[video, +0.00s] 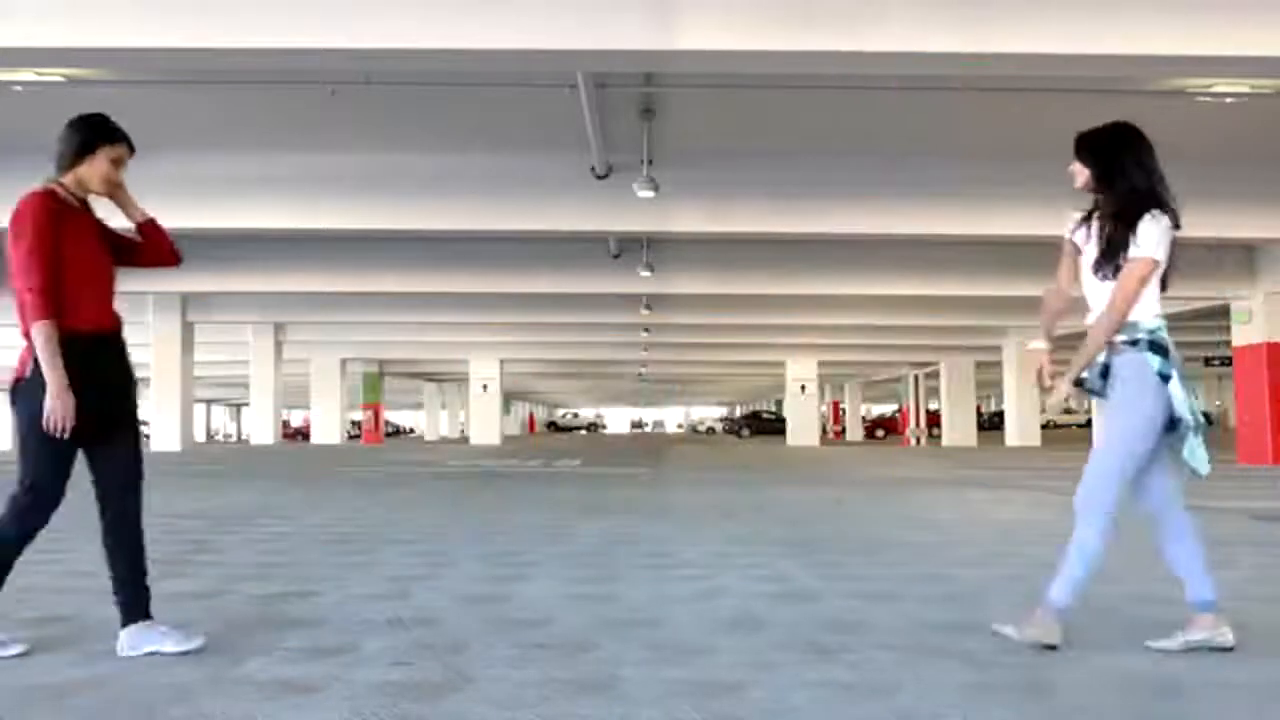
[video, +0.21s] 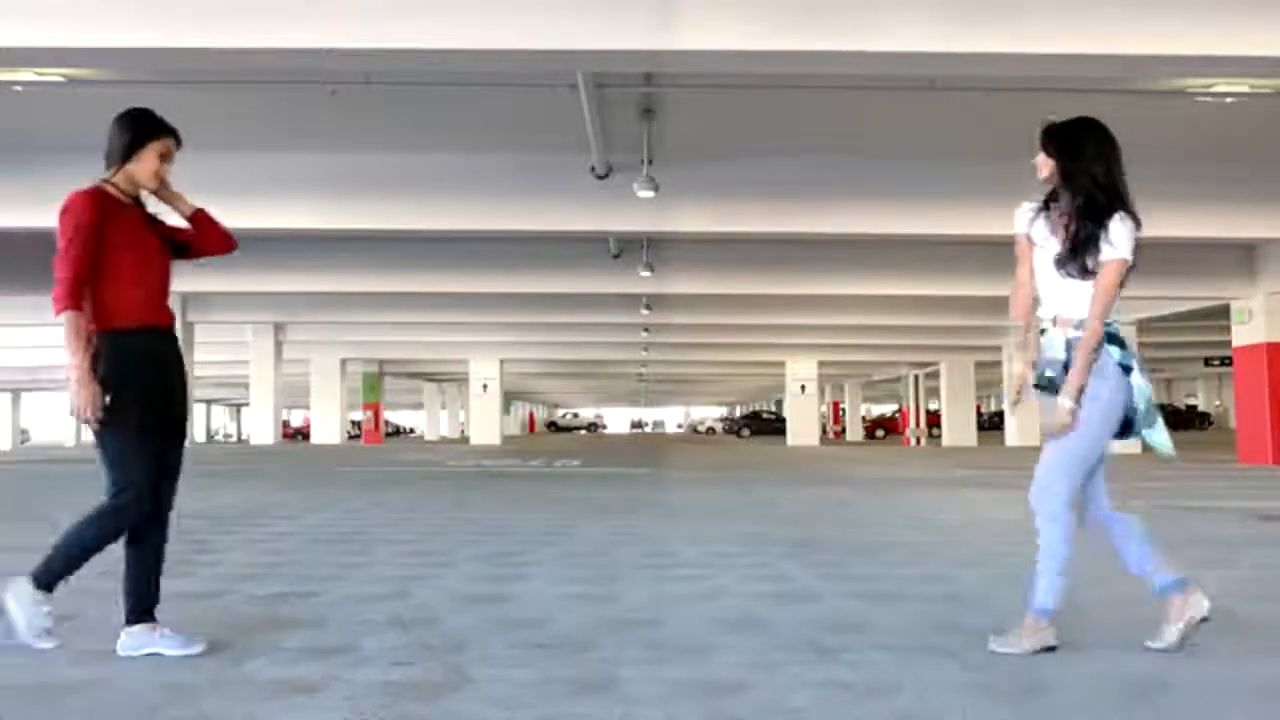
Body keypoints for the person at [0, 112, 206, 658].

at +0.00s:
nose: (117, 176)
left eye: (121, 167)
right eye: (114, 164)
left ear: (95, 163)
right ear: (85, 155)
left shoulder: (91, 227)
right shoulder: (36, 209)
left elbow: (165, 254)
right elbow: (33, 297)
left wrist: (121, 193)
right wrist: (56, 382)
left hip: (105, 364)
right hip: (51, 366)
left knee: (121, 494)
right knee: (36, 499)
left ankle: (136, 624)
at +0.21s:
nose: (167, 170)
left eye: (171, 161)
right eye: (161, 157)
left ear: (156, 161)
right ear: (128, 151)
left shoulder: (147, 223)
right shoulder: (87, 204)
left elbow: (220, 242)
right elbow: (69, 292)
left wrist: (171, 194)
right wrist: (82, 375)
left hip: (162, 355)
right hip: (116, 355)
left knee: (156, 499)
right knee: (132, 497)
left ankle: (139, 625)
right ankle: (33, 588)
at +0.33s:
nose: (194, 162)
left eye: (197, 153)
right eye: (189, 150)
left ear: (173, 156)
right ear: (159, 149)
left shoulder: (174, 222)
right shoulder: (116, 204)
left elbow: (246, 238)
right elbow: (98, 292)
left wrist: (196, 189)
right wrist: (108, 370)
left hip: (182, 352)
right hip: (142, 352)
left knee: (175, 489)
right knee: (178, 487)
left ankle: (140, 619)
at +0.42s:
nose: (216, 159)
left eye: (215, 148)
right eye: (209, 148)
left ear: (189, 154)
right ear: (179, 150)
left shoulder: (193, 224)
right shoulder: (137, 205)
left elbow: (263, 240)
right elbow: (119, 293)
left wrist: (215, 193)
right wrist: (131, 373)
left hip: (195, 353)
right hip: (157, 352)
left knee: (168, 492)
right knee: (206, 487)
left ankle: (138, 624)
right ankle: (183, 625)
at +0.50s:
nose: (234, 158)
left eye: (232, 147)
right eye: (226, 147)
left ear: (206, 154)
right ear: (196, 152)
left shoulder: (208, 224)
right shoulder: (159, 209)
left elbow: (277, 249)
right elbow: (144, 297)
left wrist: (231, 199)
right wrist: (156, 380)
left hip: (208, 358)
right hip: (175, 358)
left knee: (176, 499)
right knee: (220, 492)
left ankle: (140, 626)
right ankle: (250, 627)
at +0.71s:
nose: (275, 157)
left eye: (272, 147)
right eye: (266, 148)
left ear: (241, 159)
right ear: (239, 156)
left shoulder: (248, 220)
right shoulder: (211, 212)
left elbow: (302, 283)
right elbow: (203, 305)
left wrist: (275, 225)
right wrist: (214, 387)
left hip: (258, 362)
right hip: (230, 364)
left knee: (210, 500)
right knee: (265, 496)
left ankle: (144, 618)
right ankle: (303, 630)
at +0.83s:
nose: (299, 150)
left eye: (296, 140)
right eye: (289, 141)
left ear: (266, 151)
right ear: (261, 151)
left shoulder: (272, 214)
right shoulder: (238, 211)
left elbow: (300, 302)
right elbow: (236, 305)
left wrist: (307, 247)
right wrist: (276, 376)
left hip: (290, 359)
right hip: (259, 362)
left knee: (269, 499)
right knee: (279, 499)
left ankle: (169, 599)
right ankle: (304, 630)